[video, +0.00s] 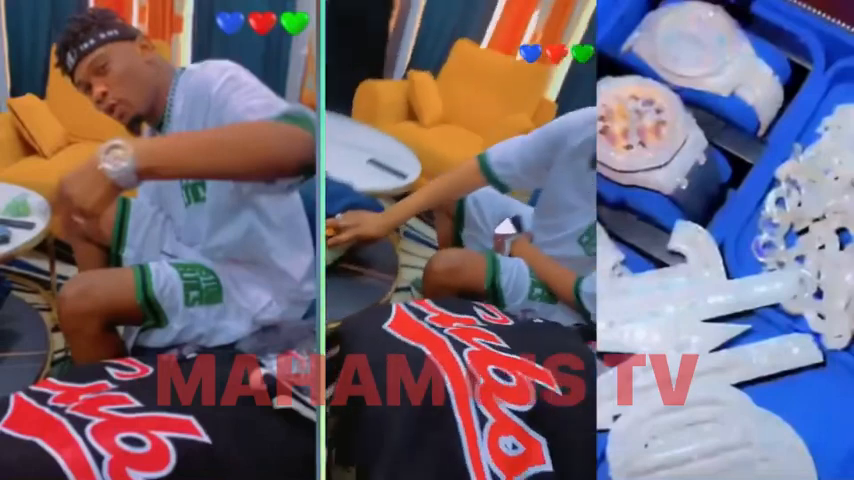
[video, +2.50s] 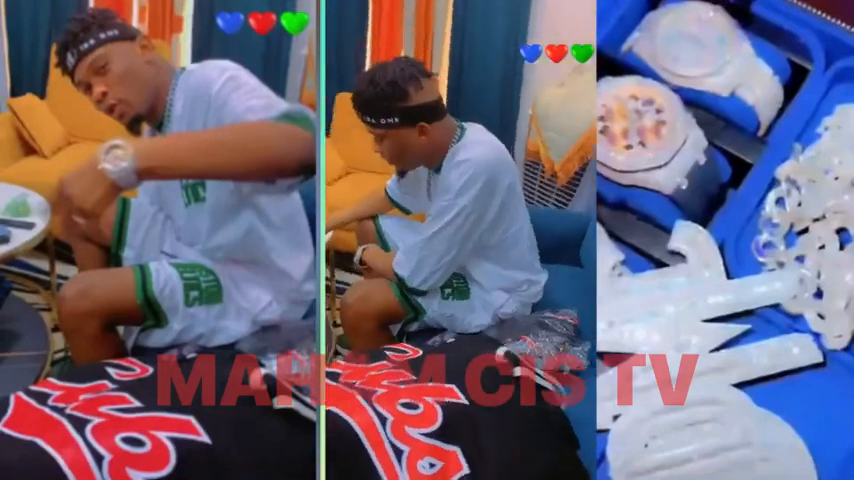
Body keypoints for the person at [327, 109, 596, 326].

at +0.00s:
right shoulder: (587, 128)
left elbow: (592, 299)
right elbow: (485, 168)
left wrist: (526, 251)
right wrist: (387, 219)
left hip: (575, 291)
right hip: (539, 235)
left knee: (443, 267)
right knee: (447, 197)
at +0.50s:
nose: (464, 148)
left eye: (470, 143)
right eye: (463, 140)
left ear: (516, 148)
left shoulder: (567, 175)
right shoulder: (500, 134)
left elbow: (506, 282)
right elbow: (478, 186)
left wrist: (434, 261)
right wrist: (428, 194)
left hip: (493, 286)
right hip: (461, 239)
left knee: (366, 297)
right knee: (367, 226)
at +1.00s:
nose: (385, 124)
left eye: (391, 111)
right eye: (382, 112)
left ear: (429, 94)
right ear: (428, 94)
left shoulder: (481, 140)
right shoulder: (426, 129)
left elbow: (464, 260)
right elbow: (417, 190)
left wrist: (394, 276)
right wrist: (374, 216)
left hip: (462, 277)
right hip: (420, 247)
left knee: (329, 339)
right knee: (329, 263)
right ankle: (374, 347)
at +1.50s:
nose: (375, 106)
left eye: (383, 86)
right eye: (364, 100)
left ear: (418, 81)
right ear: (363, 111)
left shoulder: (465, 134)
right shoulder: (402, 156)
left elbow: (476, 251)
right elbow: (385, 213)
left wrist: (405, 293)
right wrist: (352, 258)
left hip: (484, 285)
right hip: (430, 269)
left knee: (332, 362)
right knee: (328, 289)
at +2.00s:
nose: (371, 134)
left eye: (373, 122)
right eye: (369, 124)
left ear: (408, 113)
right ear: (409, 114)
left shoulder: (461, 153)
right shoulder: (426, 147)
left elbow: (425, 269)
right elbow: (397, 213)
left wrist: (361, 283)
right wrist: (346, 247)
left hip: (492, 286)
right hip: (459, 260)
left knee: (353, 331)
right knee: (359, 259)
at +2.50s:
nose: (377, 149)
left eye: (381, 139)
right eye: (375, 139)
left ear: (421, 132)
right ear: (423, 131)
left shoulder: (476, 165)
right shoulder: (440, 148)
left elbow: (419, 272)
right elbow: (394, 195)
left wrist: (364, 251)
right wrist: (338, 218)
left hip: (497, 290)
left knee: (358, 304)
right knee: (369, 229)